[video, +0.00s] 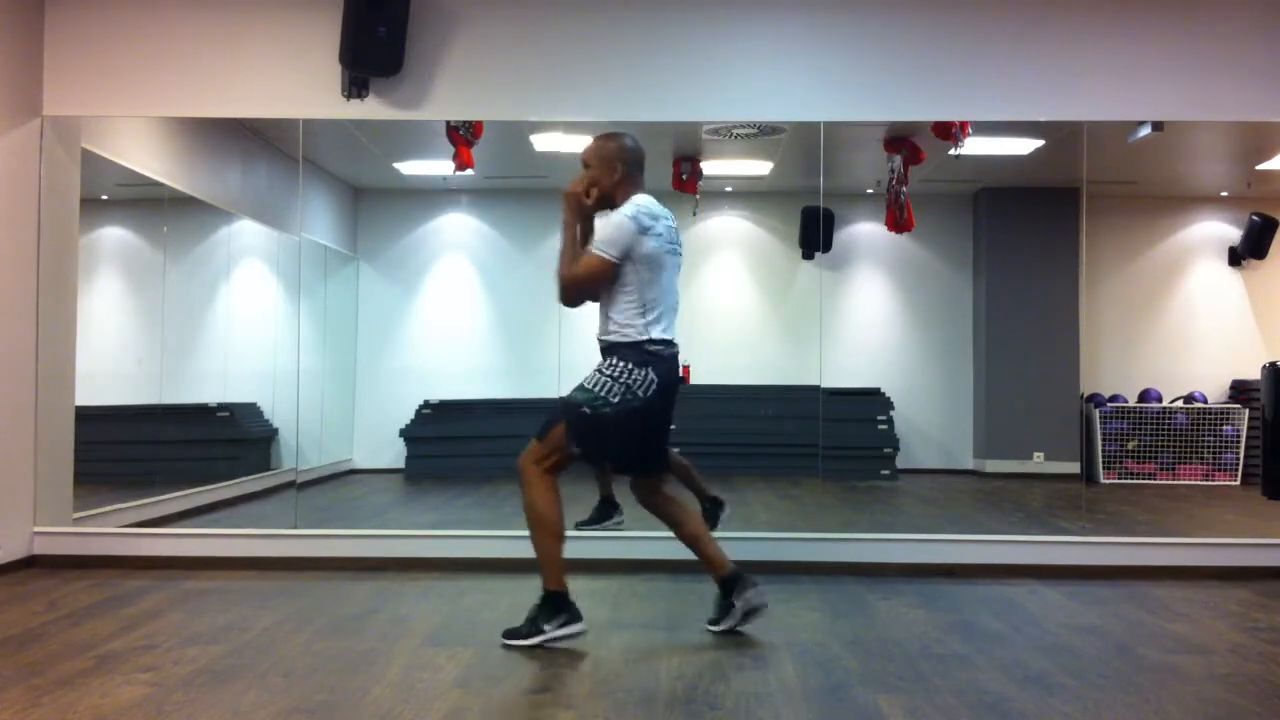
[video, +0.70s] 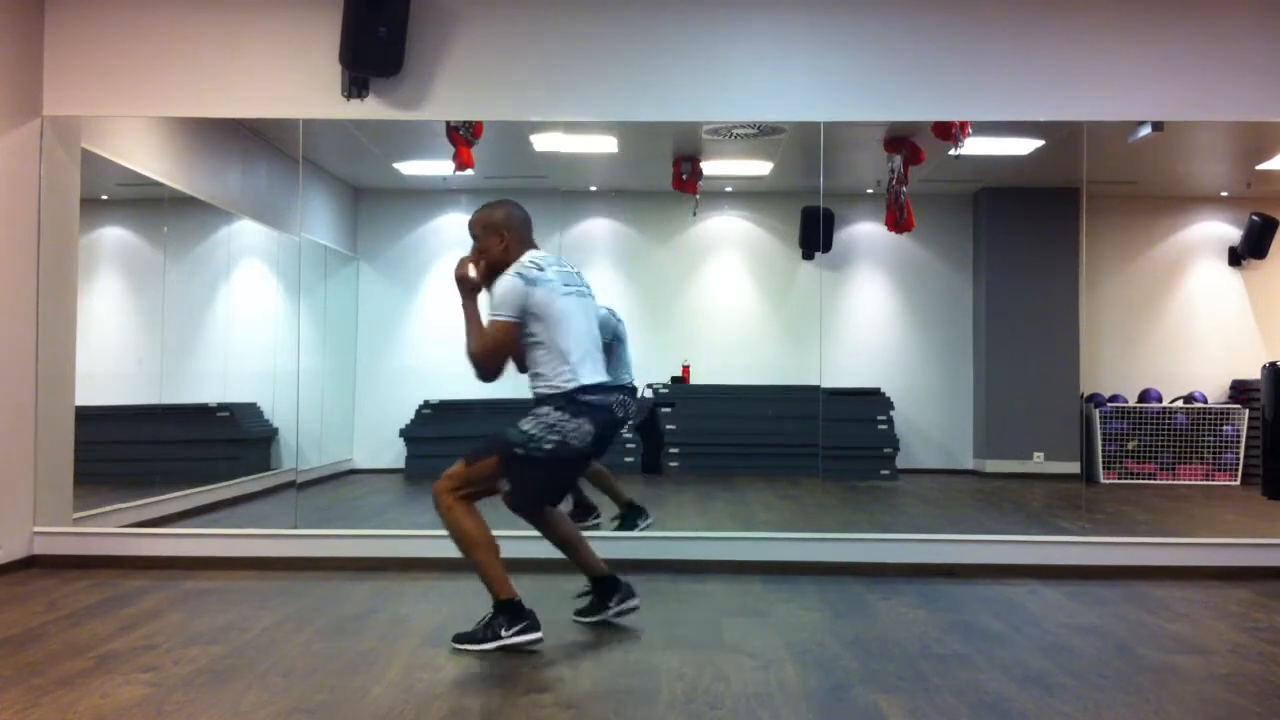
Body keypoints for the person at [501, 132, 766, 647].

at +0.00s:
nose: (582, 180)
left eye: (588, 169)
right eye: (583, 169)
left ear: (617, 173)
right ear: (629, 174)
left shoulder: (625, 218)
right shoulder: (658, 218)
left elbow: (570, 288)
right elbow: (584, 286)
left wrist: (573, 219)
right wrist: (582, 220)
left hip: (627, 369)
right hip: (656, 369)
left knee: (536, 465)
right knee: (650, 488)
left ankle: (556, 603)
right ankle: (733, 582)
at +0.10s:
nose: (572, 193)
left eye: (578, 183)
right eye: (575, 183)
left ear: (601, 185)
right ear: (623, 186)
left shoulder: (595, 228)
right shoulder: (663, 231)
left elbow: (552, 305)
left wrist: (559, 236)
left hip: (628, 375)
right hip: (668, 375)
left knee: (523, 464)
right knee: (640, 485)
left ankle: (530, 600)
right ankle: (715, 582)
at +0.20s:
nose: (559, 234)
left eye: (560, 225)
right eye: (558, 226)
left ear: (578, 217)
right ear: (605, 213)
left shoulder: (581, 253)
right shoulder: (654, 254)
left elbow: (554, 344)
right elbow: (652, 329)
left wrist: (548, 277)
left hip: (620, 397)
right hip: (663, 395)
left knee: (513, 473)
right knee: (633, 498)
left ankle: (516, 609)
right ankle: (715, 592)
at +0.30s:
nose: (528, 250)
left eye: (530, 238)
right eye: (526, 240)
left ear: (553, 231)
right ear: (570, 229)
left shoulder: (579, 267)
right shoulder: (613, 261)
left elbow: (554, 358)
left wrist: (523, 299)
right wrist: (542, 287)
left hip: (618, 412)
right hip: (647, 411)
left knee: (503, 475)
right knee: (607, 515)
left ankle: (516, 613)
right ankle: (708, 588)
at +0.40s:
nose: (501, 253)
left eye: (505, 242)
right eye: (499, 243)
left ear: (534, 240)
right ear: (537, 240)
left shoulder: (583, 278)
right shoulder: (552, 284)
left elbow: (562, 366)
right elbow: (528, 363)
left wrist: (515, 303)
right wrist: (506, 301)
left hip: (613, 413)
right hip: (605, 411)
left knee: (494, 475)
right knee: (578, 525)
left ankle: (517, 615)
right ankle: (692, 575)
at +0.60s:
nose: (474, 255)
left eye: (476, 244)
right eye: (471, 246)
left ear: (506, 241)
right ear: (514, 242)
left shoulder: (544, 286)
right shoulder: (557, 275)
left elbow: (510, 369)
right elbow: (515, 358)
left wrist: (480, 300)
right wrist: (482, 301)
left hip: (585, 412)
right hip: (602, 408)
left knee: (467, 483)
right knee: (525, 501)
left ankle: (514, 615)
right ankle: (616, 577)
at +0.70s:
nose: (475, 252)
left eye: (478, 241)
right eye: (473, 242)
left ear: (502, 238)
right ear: (523, 237)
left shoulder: (516, 278)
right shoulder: (565, 270)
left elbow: (487, 365)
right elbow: (534, 361)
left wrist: (468, 296)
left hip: (566, 412)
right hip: (604, 408)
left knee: (450, 491)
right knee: (523, 498)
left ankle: (510, 612)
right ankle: (607, 586)